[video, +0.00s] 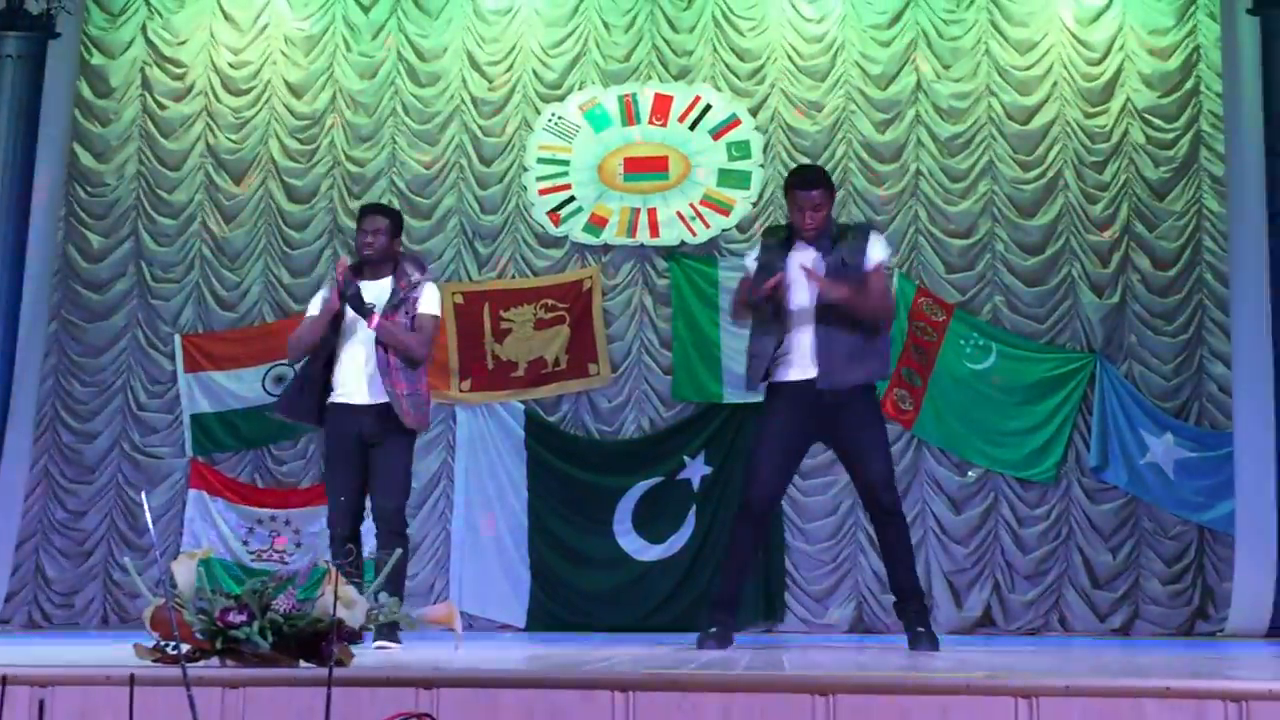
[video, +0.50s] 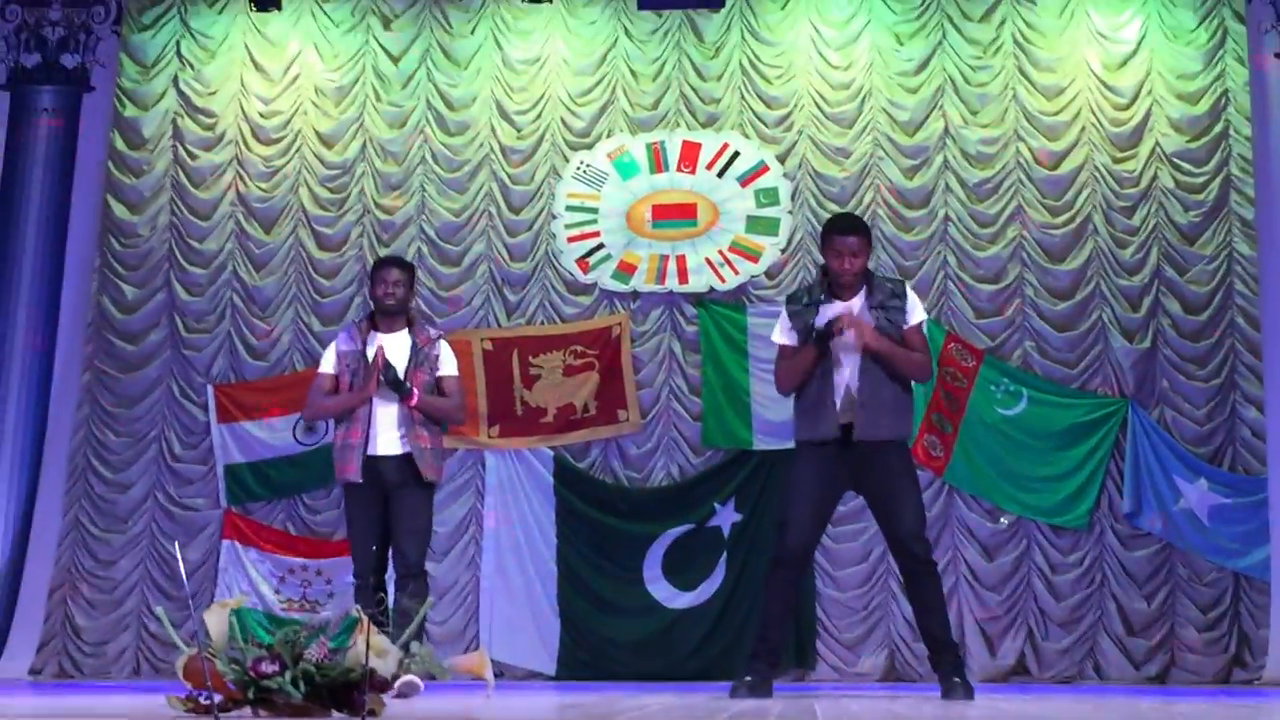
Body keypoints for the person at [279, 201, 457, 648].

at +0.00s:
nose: (368, 241)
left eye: (378, 234)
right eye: (363, 233)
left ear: (397, 240)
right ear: (355, 238)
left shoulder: (420, 287)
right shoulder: (335, 286)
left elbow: (420, 350)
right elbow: (296, 349)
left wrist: (369, 315)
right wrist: (332, 308)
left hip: (392, 415)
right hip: (341, 415)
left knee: (389, 517)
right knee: (343, 520)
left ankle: (387, 622)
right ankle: (345, 621)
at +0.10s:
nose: (365, 244)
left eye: (374, 238)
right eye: (358, 236)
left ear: (389, 244)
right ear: (348, 241)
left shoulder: (411, 295)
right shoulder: (320, 296)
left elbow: (422, 357)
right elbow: (296, 359)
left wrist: (382, 330)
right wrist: (340, 317)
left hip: (386, 419)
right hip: (334, 420)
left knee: (385, 521)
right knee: (336, 525)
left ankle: (383, 625)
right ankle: (338, 624)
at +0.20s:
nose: (367, 250)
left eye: (376, 244)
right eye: (360, 242)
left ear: (388, 251)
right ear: (347, 248)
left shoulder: (410, 304)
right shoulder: (321, 302)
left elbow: (429, 367)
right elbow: (299, 366)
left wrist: (388, 343)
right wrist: (346, 337)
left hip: (389, 426)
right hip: (337, 427)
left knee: (386, 524)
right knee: (339, 528)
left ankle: (385, 623)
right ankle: (342, 624)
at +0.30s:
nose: (378, 262)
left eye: (386, 256)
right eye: (370, 255)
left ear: (397, 262)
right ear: (357, 261)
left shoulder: (418, 315)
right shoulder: (331, 313)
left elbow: (441, 380)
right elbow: (304, 378)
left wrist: (398, 360)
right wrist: (356, 354)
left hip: (399, 436)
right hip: (349, 436)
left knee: (395, 530)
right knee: (352, 535)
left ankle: (388, 627)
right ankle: (355, 627)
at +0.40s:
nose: (386, 280)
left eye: (395, 274)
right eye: (379, 273)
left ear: (407, 280)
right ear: (365, 278)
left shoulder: (428, 333)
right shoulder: (340, 331)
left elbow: (451, 398)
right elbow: (310, 395)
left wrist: (407, 379)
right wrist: (360, 377)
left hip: (408, 454)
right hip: (358, 454)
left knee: (403, 550)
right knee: (362, 553)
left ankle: (401, 645)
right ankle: (367, 647)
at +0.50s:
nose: (390, 291)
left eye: (399, 285)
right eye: (383, 284)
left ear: (412, 292)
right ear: (371, 290)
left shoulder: (433, 343)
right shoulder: (345, 343)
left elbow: (456, 413)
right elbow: (313, 408)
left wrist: (411, 395)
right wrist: (363, 393)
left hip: (412, 467)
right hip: (361, 468)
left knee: (411, 566)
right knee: (367, 569)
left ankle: (407, 656)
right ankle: (371, 657)